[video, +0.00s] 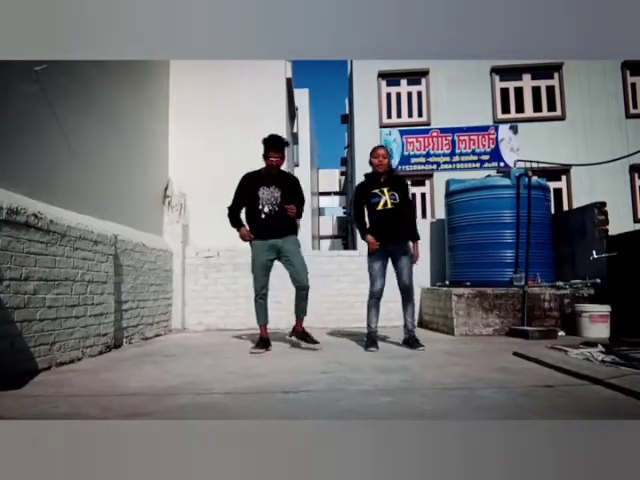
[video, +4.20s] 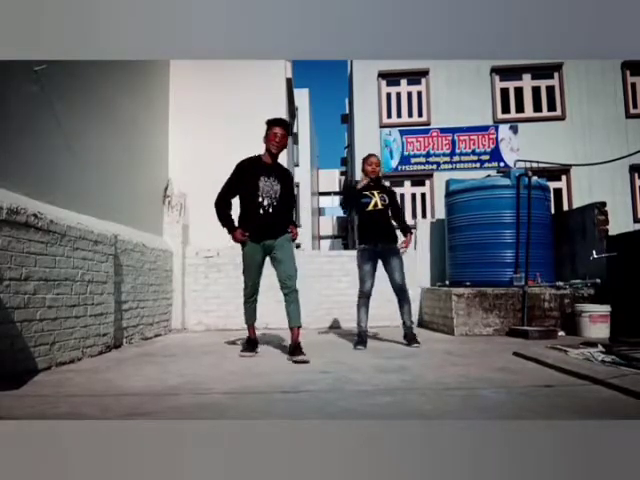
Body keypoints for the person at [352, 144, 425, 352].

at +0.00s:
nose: (380, 161)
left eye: (383, 157)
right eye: (376, 157)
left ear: (389, 160)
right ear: (371, 161)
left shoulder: (400, 182)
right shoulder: (363, 187)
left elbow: (409, 213)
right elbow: (357, 214)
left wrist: (415, 241)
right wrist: (366, 235)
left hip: (401, 242)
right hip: (377, 243)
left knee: (407, 287)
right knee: (376, 290)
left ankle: (410, 334)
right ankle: (371, 335)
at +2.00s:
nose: (374, 166)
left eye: (376, 163)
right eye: (371, 162)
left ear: (377, 165)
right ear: (360, 164)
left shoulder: (378, 187)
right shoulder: (351, 185)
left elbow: (384, 212)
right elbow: (346, 215)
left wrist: (395, 225)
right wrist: (363, 229)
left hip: (384, 241)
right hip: (365, 243)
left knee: (404, 283)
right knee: (368, 291)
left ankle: (420, 328)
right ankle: (367, 335)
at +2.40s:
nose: (388, 167)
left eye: (390, 163)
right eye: (384, 163)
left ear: (392, 165)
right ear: (375, 165)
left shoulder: (398, 187)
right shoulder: (366, 187)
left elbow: (408, 212)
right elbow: (358, 214)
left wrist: (416, 232)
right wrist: (369, 230)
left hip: (401, 243)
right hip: (378, 245)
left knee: (409, 288)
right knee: (374, 291)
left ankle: (417, 334)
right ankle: (367, 336)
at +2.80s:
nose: (402, 162)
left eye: (406, 159)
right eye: (399, 160)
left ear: (412, 162)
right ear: (394, 163)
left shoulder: (419, 184)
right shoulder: (386, 184)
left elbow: (435, 213)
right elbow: (377, 216)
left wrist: (427, 236)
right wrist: (373, 207)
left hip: (411, 243)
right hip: (389, 242)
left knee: (411, 288)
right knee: (378, 286)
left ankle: (417, 334)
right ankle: (373, 333)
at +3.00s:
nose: (400, 164)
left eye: (404, 160)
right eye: (397, 161)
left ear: (411, 163)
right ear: (394, 165)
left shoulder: (419, 185)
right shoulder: (387, 185)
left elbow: (431, 215)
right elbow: (368, 205)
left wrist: (424, 236)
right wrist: (370, 183)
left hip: (410, 244)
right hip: (387, 243)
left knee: (411, 289)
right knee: (378, 289)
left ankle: (417, 334)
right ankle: (375, 333)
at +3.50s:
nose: (371, 167)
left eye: (374, 164)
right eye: (368, 165)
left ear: (382, 166)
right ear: (365, 169)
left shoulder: (393, 191)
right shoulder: (361, 189)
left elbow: (403, 215)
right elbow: (350, 188)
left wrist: (409, 237)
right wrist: (357, 168)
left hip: (389, 246)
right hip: (367, 247)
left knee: (400, 290)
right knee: (364, 292)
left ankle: (416, 334)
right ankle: (361, 336)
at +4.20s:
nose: (374, 168)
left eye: (377, 165)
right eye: (370, 165)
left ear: (381, 168)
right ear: (363, 167)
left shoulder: (387, 191)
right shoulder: (355, 190)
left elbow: (397, 214)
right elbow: (346, 207)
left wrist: (407, 232)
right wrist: (357, 187)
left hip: (389, 244)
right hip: (366, 245)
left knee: (400, 286)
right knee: (365, 290)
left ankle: (409, 331)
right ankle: (361, 335)